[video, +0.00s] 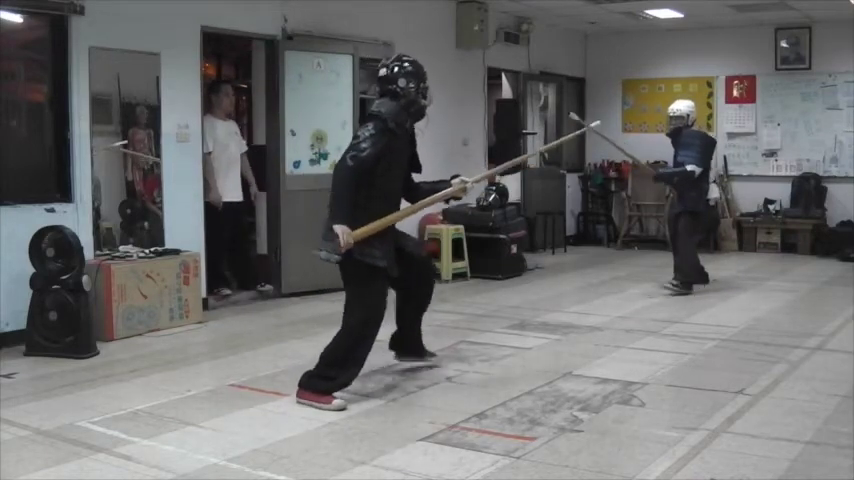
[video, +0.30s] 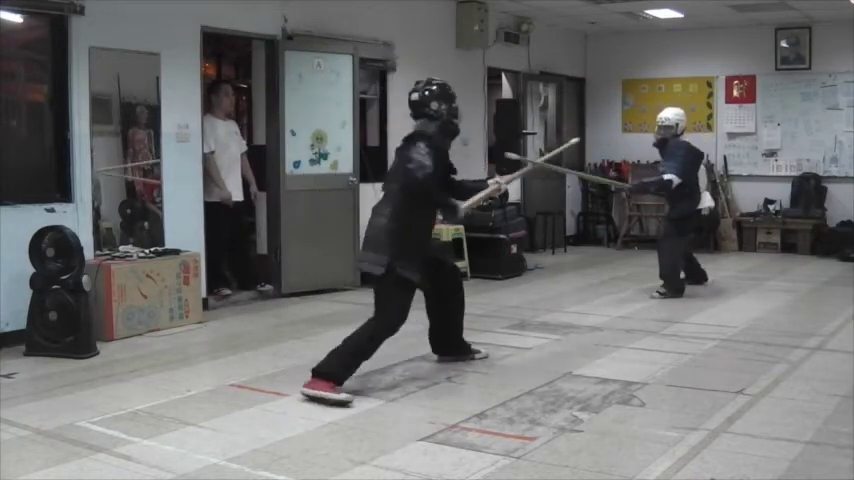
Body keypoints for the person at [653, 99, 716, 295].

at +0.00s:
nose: (672, 122)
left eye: (677, 119)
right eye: (671, 118)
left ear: (688, 119)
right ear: (669, 118)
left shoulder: (695, 138)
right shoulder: (680, 140)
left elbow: (693, 171)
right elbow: (681, 168)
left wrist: (662, 174)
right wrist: (663, 171)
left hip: (693, 195)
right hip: (682, 194)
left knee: (684, 231)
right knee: (676, 229)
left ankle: (685, 281)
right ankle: (692, 273)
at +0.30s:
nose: (662, 132)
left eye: (667, 128)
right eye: (660, 127)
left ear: (678, 129)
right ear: (658, 127)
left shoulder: (679, 149)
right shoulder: (669, 148)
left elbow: (669, 180)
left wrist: (636, 188)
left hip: (685, 206)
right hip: (680, 204)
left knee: (668, 243)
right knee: (676, 241)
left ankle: (673, 286)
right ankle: (695, 274)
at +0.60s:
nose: (659, 134)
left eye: (664, 130)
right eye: (658, 130)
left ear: (675, 132)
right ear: (655, 130)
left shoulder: (676, 151)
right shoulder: (665, 151)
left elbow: (663, 185)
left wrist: (633, 194)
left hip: (684, 208)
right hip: (677, 207)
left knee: (663, 240)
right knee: (669, 241)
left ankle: (671, 287)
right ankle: (690, 276)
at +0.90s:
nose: (637, 147)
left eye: (643, 143)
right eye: (636, 142)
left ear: (655, 145)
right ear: (634, 142)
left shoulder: (661, 166)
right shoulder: (643, 165)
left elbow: (650, 197)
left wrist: (623, 205)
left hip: (678, 214)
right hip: (666, 213)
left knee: (657, 244)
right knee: (677, 243)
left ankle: (658, 293)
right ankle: (693, 273)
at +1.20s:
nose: (628, 152)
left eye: (634, 148)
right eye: (627, 148)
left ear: (646, 150)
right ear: (624, 147)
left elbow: (654, 198)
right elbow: (622, 190)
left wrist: (626, 203)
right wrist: (618, 198)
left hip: (670, 216)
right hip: (653, 217)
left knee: (652, 254)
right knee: (681, 253)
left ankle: (657, 294)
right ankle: (722, 272)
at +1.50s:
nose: (623, 141)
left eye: (629, 137)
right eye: (621, 136)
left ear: (641, 138)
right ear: (619, 136)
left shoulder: (650, 160)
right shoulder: (631, 159)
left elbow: (669, 196)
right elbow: (636, 189)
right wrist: (628, 211)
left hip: (668, 207)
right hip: (652, 205)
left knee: (656, 245)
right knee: (651, 243)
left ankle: (658, 292)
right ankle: (665, 278)